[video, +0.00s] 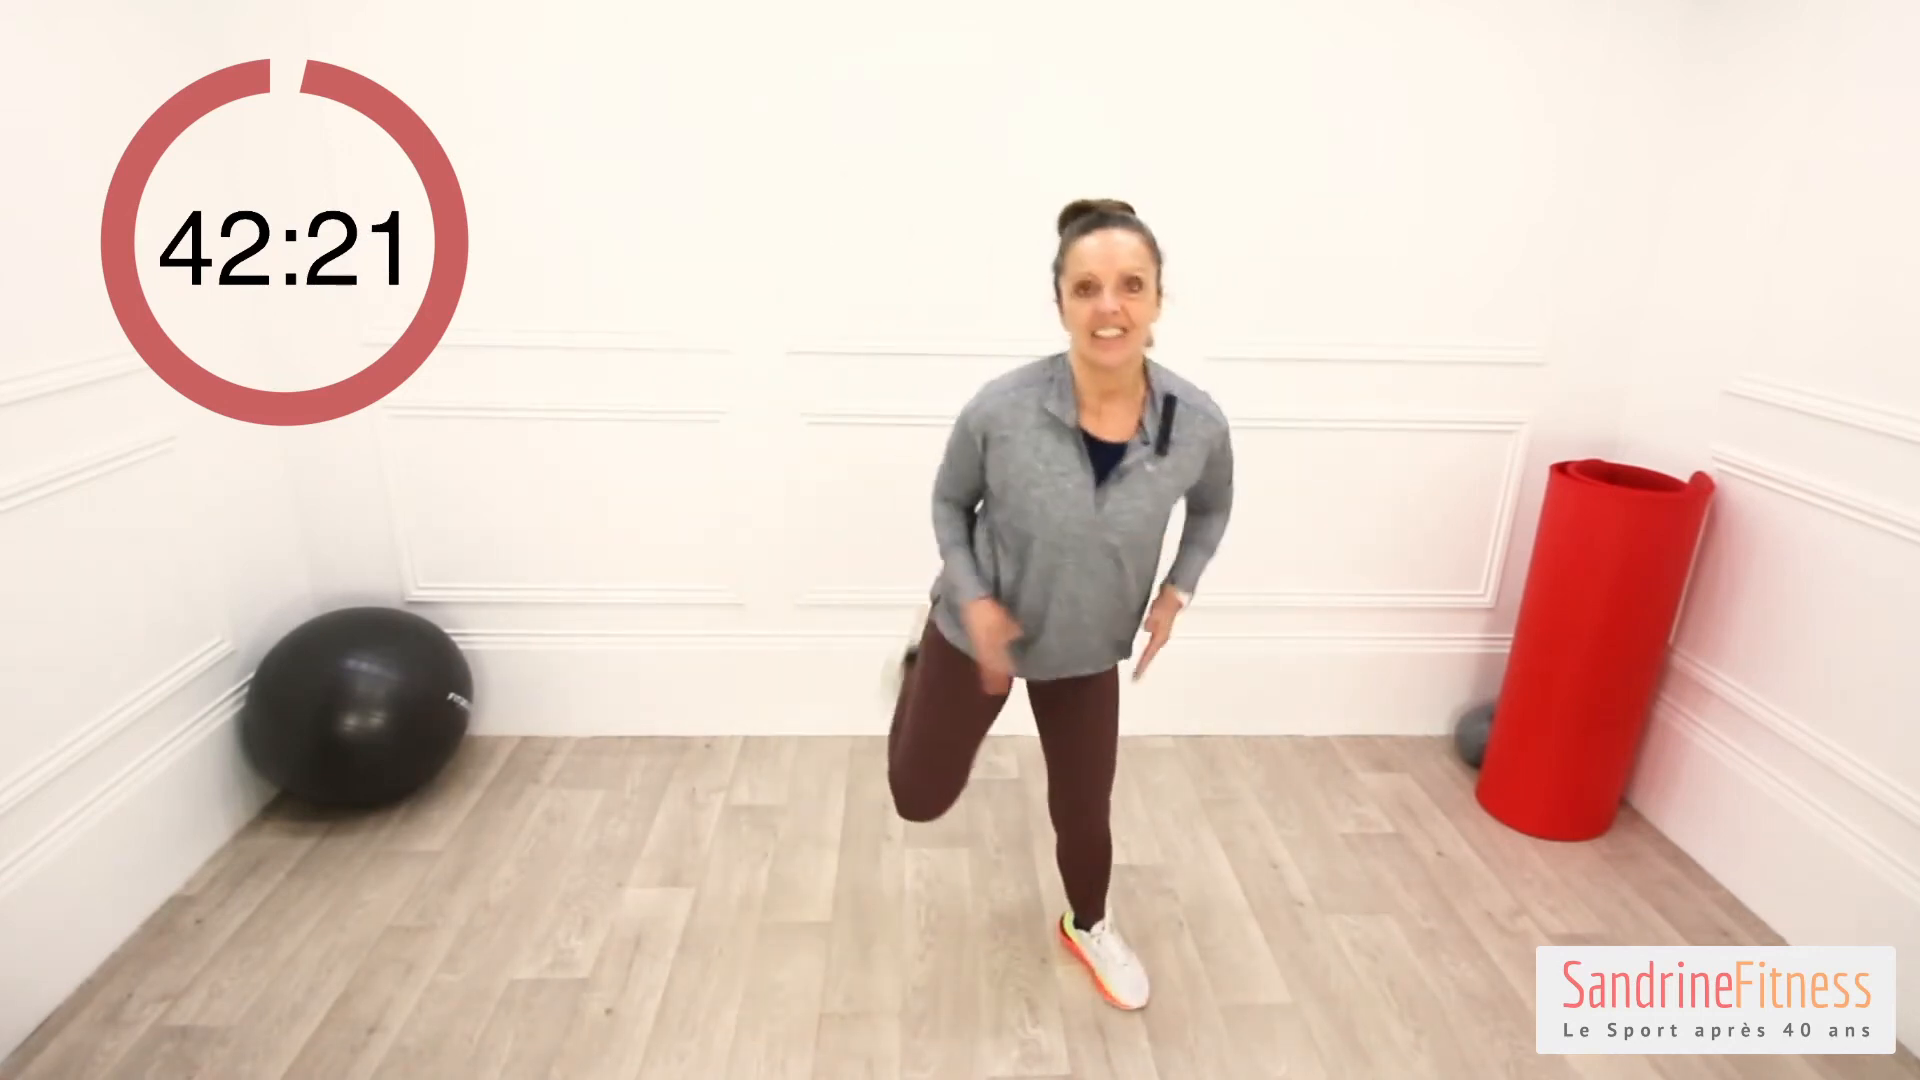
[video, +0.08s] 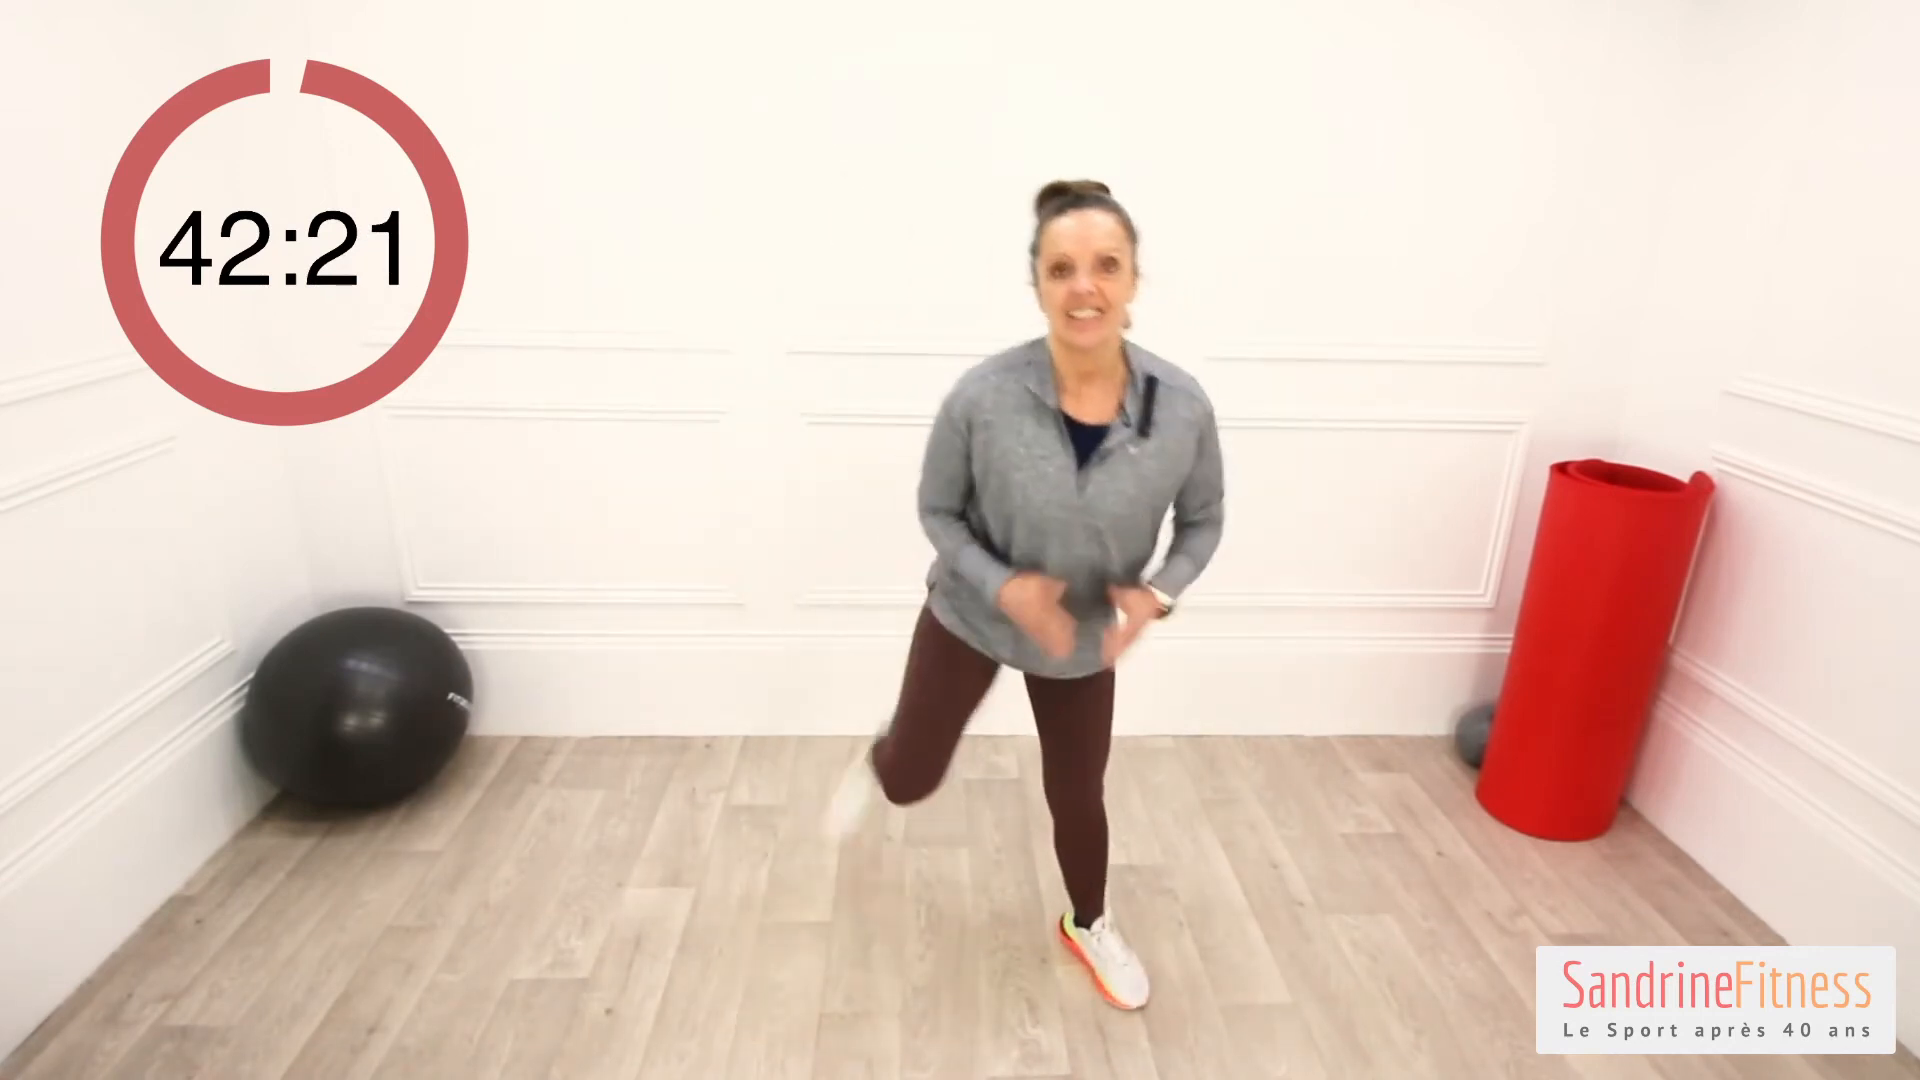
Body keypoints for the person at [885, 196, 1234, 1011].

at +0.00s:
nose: (1111, 308)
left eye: (1131, 286)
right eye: (1088, 289)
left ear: (1158, 301)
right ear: (1060, 306)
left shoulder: (1195, 425)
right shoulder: (1000, 410)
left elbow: (1210, 511)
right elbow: (949, 507)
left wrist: (1177, 588)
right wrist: (972, 605)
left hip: (1087, 652)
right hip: (983, 634)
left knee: (1084, 812)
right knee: (918, 801)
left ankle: (1087, 927)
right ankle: (925, 654)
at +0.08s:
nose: (1085, 289)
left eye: (1105, 267)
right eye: (1063, 270)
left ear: (1135, 280)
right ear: (1036, 285)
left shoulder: (1181, 408)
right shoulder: (981, 397)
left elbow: (1202, 520)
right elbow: (937, 513)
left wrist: (1160, 590)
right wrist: (1003, 588)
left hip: (1083, 639)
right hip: (972, 617)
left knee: (1080, 798)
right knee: (909, 781)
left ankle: (1087, 925)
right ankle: (879, 759)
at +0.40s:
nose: (926, 326)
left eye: (944, 303)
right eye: (903, 307)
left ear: (972, 312)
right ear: (879, 321)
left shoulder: (1025, 432)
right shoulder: (844, 436)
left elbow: (1049, 574)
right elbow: (859, 578)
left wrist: (1001, 646)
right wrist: (912, 643)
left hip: (1013, 636)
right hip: (904, 639)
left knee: (1038, 804)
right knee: (857, 805)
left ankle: (1089, 929)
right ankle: (796, 932)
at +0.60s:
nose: (809, 280)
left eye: (828, 255)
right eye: (784, 261)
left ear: (858, 266)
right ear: (758, 280)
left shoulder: (922, 393)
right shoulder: (724, 405)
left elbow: (1006, 512)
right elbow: (704, 515)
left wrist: (994, 622)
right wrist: (738, 615)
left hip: (956, 607)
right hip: (844, 629)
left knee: (1023, 744)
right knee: (821, 795)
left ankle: (1099, 841)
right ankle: (795, 930)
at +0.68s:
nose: (787, 275)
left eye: (805, 251)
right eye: (761, 257)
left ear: (833, 263)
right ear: (732, 276)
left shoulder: (903, 378)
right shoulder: (697, 401)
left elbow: (996, 451)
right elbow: (677, 475)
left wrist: (999, 558)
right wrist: (697, 571)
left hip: (941, 609)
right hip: (827, 636)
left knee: (1016, 760)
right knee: (814, 800)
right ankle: (796, 931)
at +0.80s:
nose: (772, 292)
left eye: (790, 268)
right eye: (745, 274)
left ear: (817, 279)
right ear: (716, 295)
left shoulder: (887, 382)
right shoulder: (688, 404)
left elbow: (973, 409)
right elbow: (669, 451)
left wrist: (981, 519)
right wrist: (675, 546)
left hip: (928, 603)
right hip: (822, 634)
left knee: (1015, 772)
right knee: (804, 812)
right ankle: (795, 934)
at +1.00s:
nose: (797, 291)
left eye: (813, 266)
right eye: (771, 273)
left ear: (837, 275)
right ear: (741, 293)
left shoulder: (907, 396)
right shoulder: (706, 416)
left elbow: (987, 480)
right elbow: (698, 526)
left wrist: (971, 584)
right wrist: (738, 622)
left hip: (926, 627)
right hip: (815, 649)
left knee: (1002, 782)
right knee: (808, 815)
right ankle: (796, 935)